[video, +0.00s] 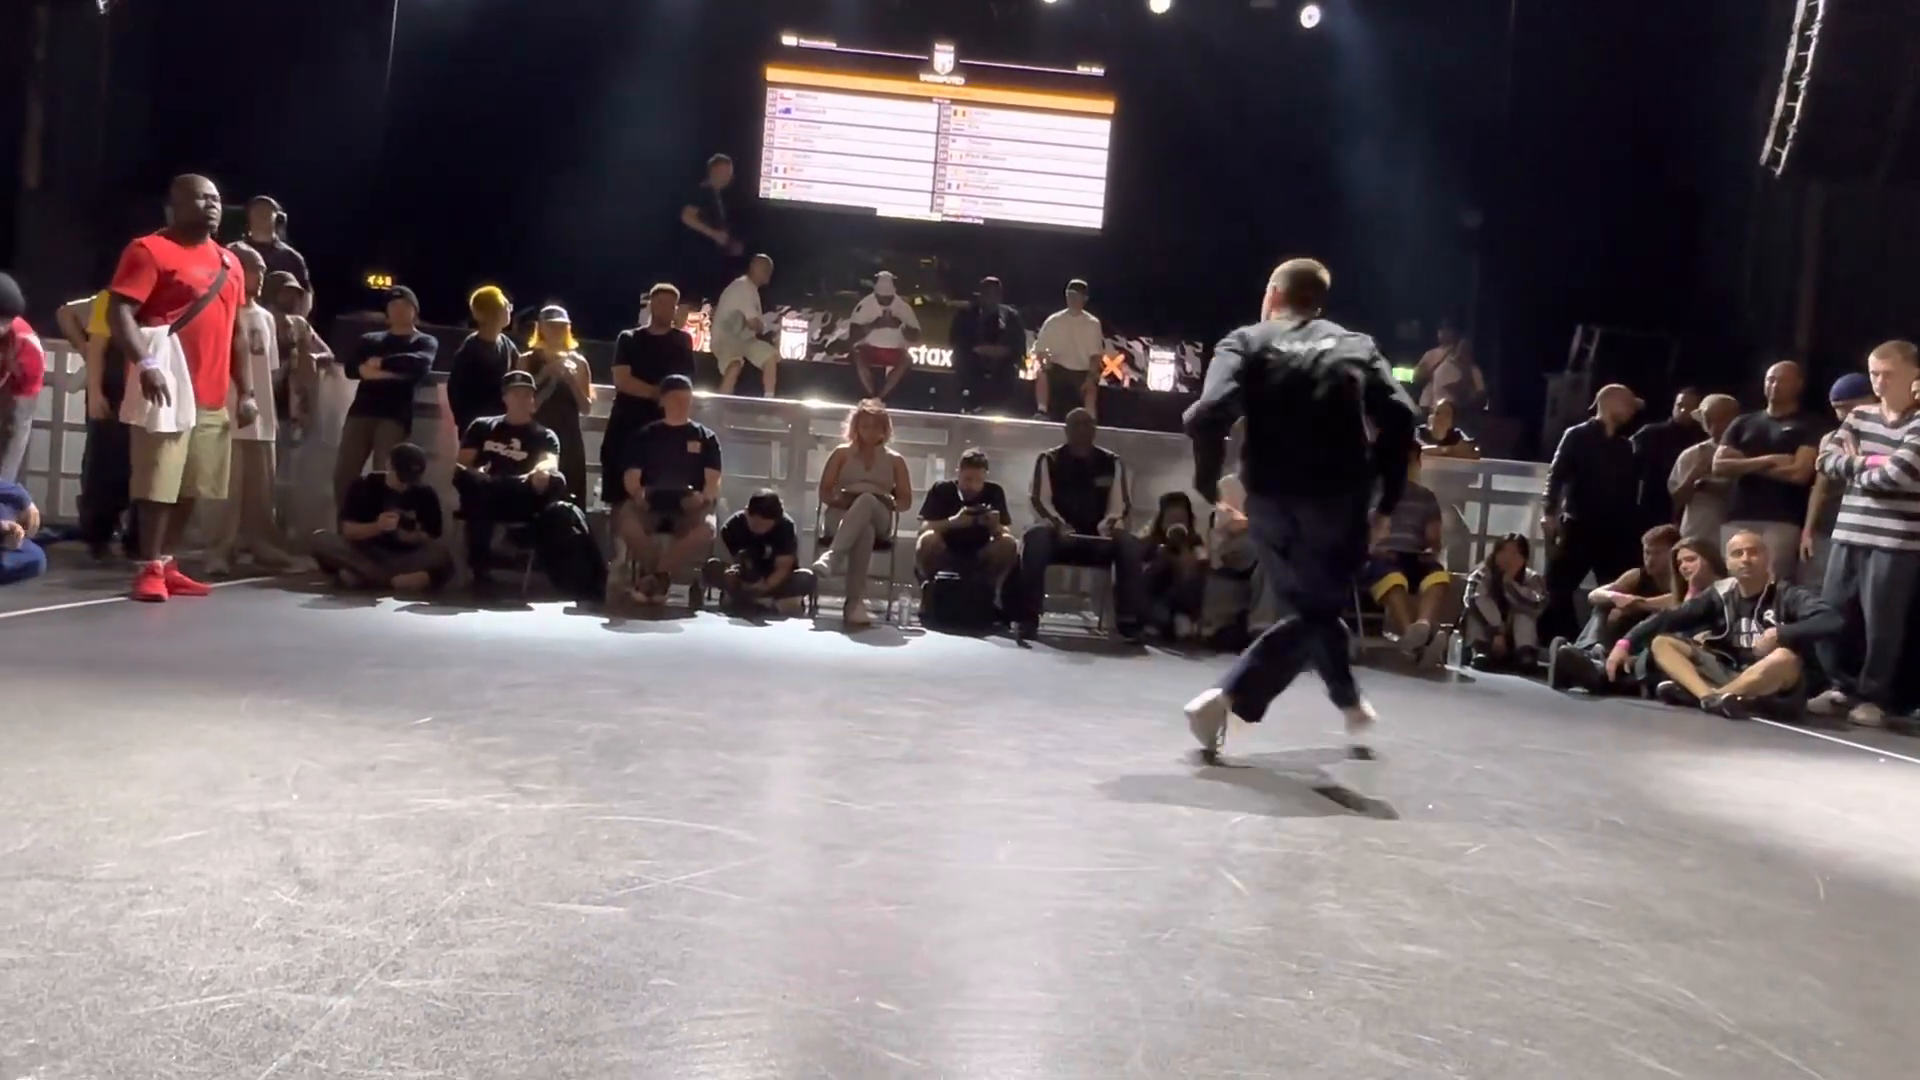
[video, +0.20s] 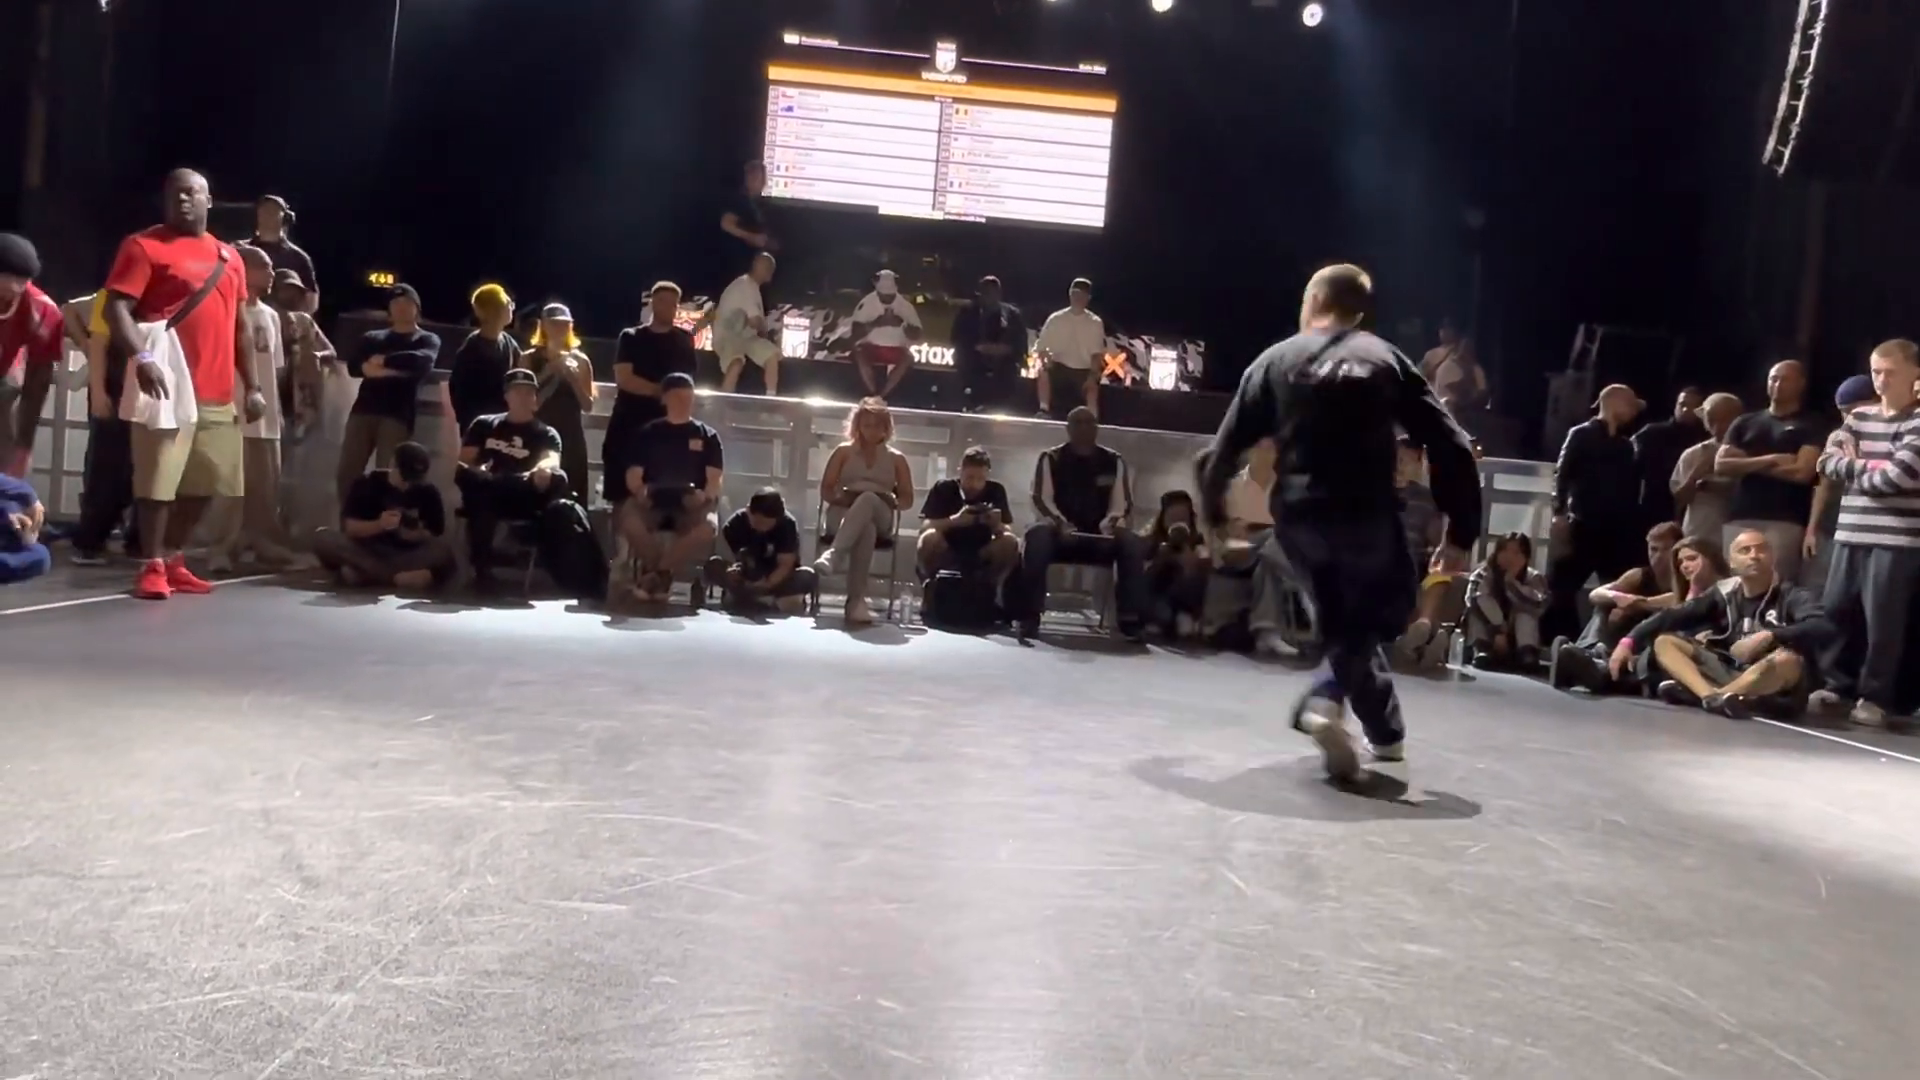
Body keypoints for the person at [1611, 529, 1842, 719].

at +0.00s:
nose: (1745, 559)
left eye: (1753, 552)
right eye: (1737, 554)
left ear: (1768, 558)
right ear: (1727, 562)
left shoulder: (1787, 594)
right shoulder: (1721, 594)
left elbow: (1832, 621)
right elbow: (1673, 618)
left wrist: (1780, 633)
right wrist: (1626, 643)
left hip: (1780, 686)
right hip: (1730, 678)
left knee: (1783, 657)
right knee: (1662, 644)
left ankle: (1711, 698)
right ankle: (1710, 698)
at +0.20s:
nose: (1754, 556)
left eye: (1761, 550)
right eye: (1745, 551)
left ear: (1773, 556)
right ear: (1732, 561)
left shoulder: (1792, 596)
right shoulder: (1723, 594)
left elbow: (1823, 628)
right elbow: (1675, 617)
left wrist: (1770, 636)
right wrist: (1630, 641)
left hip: (1774, 680)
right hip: (1727, 673)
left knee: (1786, 659)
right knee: (1664, 644)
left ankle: (1710, 698)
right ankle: (1713, 697)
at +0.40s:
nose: (1759, 556)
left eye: (1765, 549)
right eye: (1749, 551)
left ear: (1774, 557)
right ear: (1736, 561)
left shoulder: (1794, 595)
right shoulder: (1726, 591)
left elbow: (1792, 627)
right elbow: (1678, 614)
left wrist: (1764, 653)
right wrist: (1634, 640)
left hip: (1777, 678)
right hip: (1732, 673)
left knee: (1789, 660)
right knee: (1666, 642)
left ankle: (1715, 696)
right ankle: (1713, 697)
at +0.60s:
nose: (1763, 558)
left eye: (1767, 551)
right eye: (1752, 553)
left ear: (1773, 554)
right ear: (1735, 562)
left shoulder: (1795, 594)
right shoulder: (1724, 592)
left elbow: (1805, 632)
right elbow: (1673, 615)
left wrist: (1769, 649)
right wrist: (1635, 640)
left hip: (1774, 674)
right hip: (1730, 669)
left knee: (1792, 662)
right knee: (1665, 642)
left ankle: (1718, 694)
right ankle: (1712, 695)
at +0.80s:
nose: (1763, 559)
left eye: (1766, 552)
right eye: (1753, 555)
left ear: (1771, 554)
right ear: (1733, 563)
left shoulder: (1794, 591)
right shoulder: (1723, 591)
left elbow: (1807, 632)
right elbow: (1671, 614)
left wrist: (1769, 652)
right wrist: (1644, 638)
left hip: (1772, 670)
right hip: (1730, 666)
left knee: (1794, 664)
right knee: (1670, 643)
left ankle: (1716, 694)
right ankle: (1714, 694)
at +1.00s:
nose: (1760, 558)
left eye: (1763, 551)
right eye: (1750, 553)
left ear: (1770, 554)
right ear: (1732, 561)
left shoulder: (1793, 592)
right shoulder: (1721, 591)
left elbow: (1779, 630)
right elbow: (1667, 615)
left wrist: (1733, 658)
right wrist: (1673, 635)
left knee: (1789, 660)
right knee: (1659, 638)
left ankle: (1709, 695)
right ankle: (1718, 697)